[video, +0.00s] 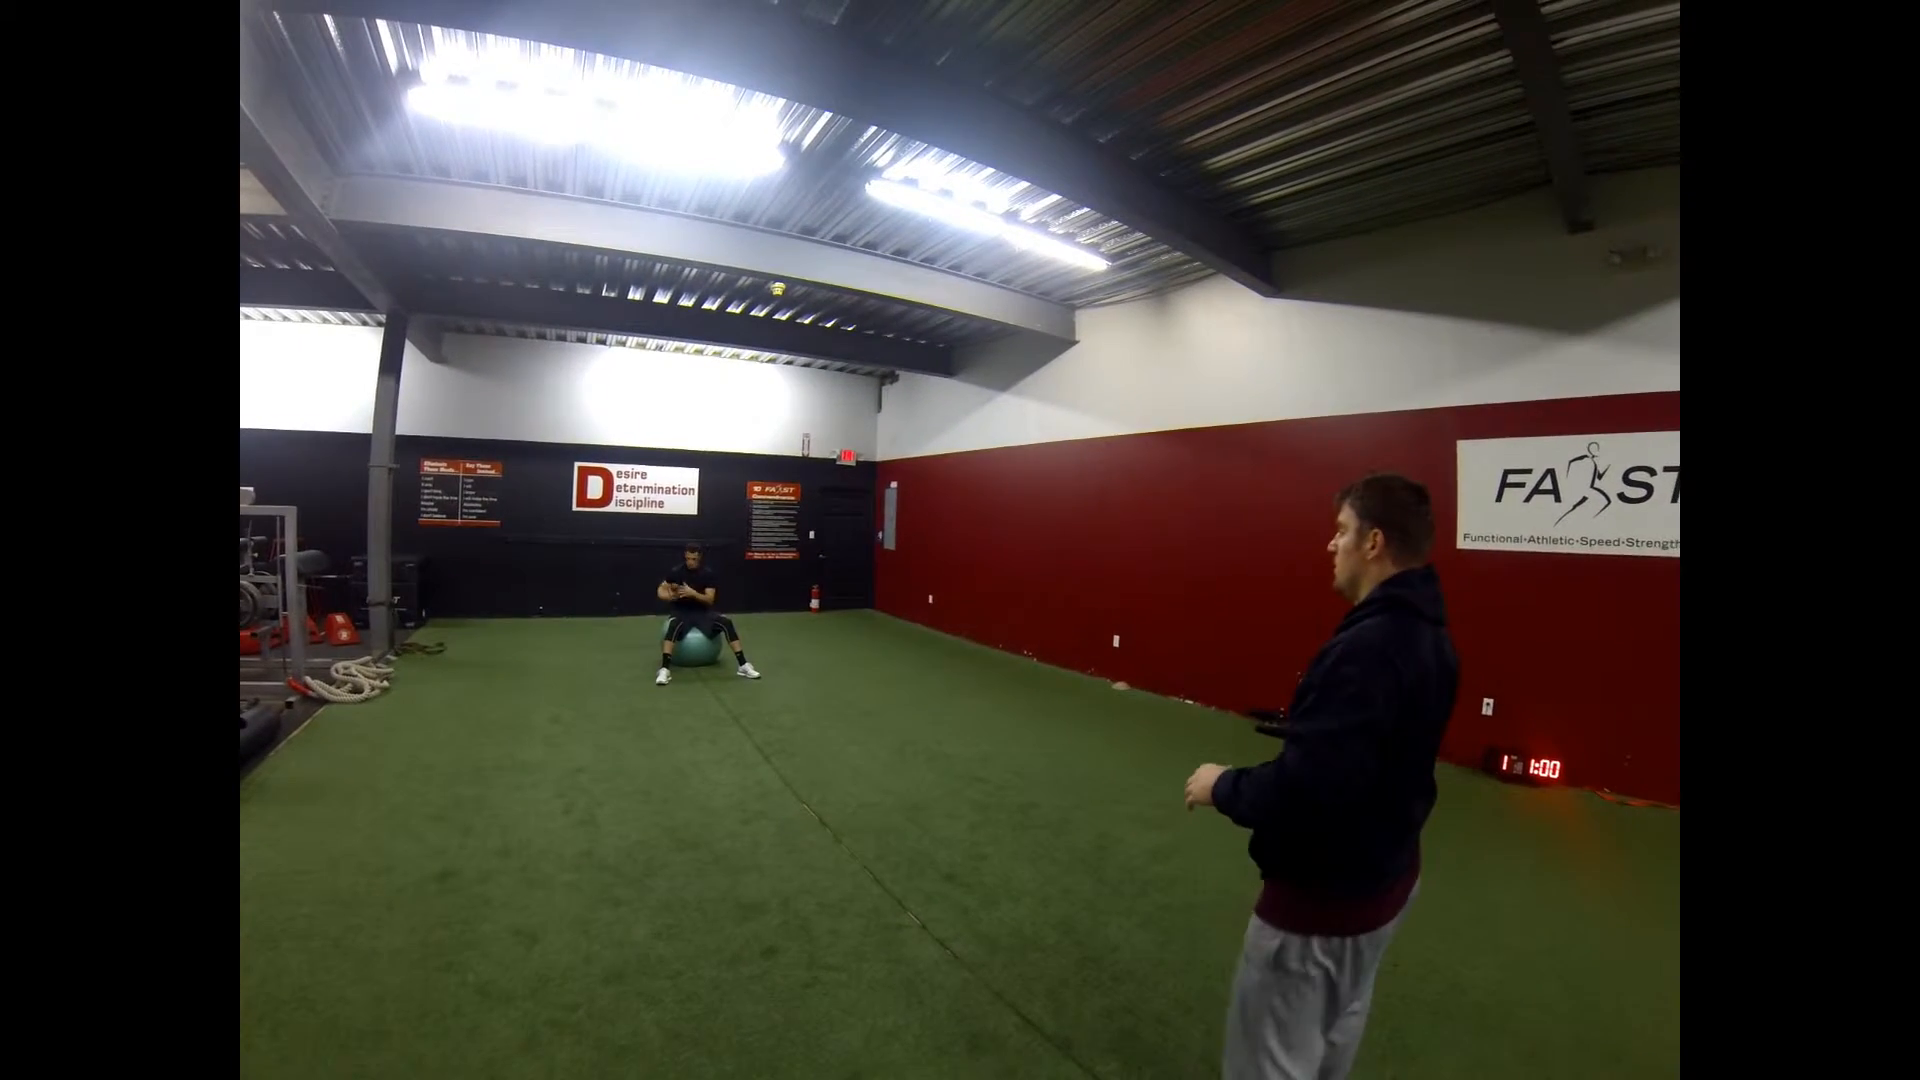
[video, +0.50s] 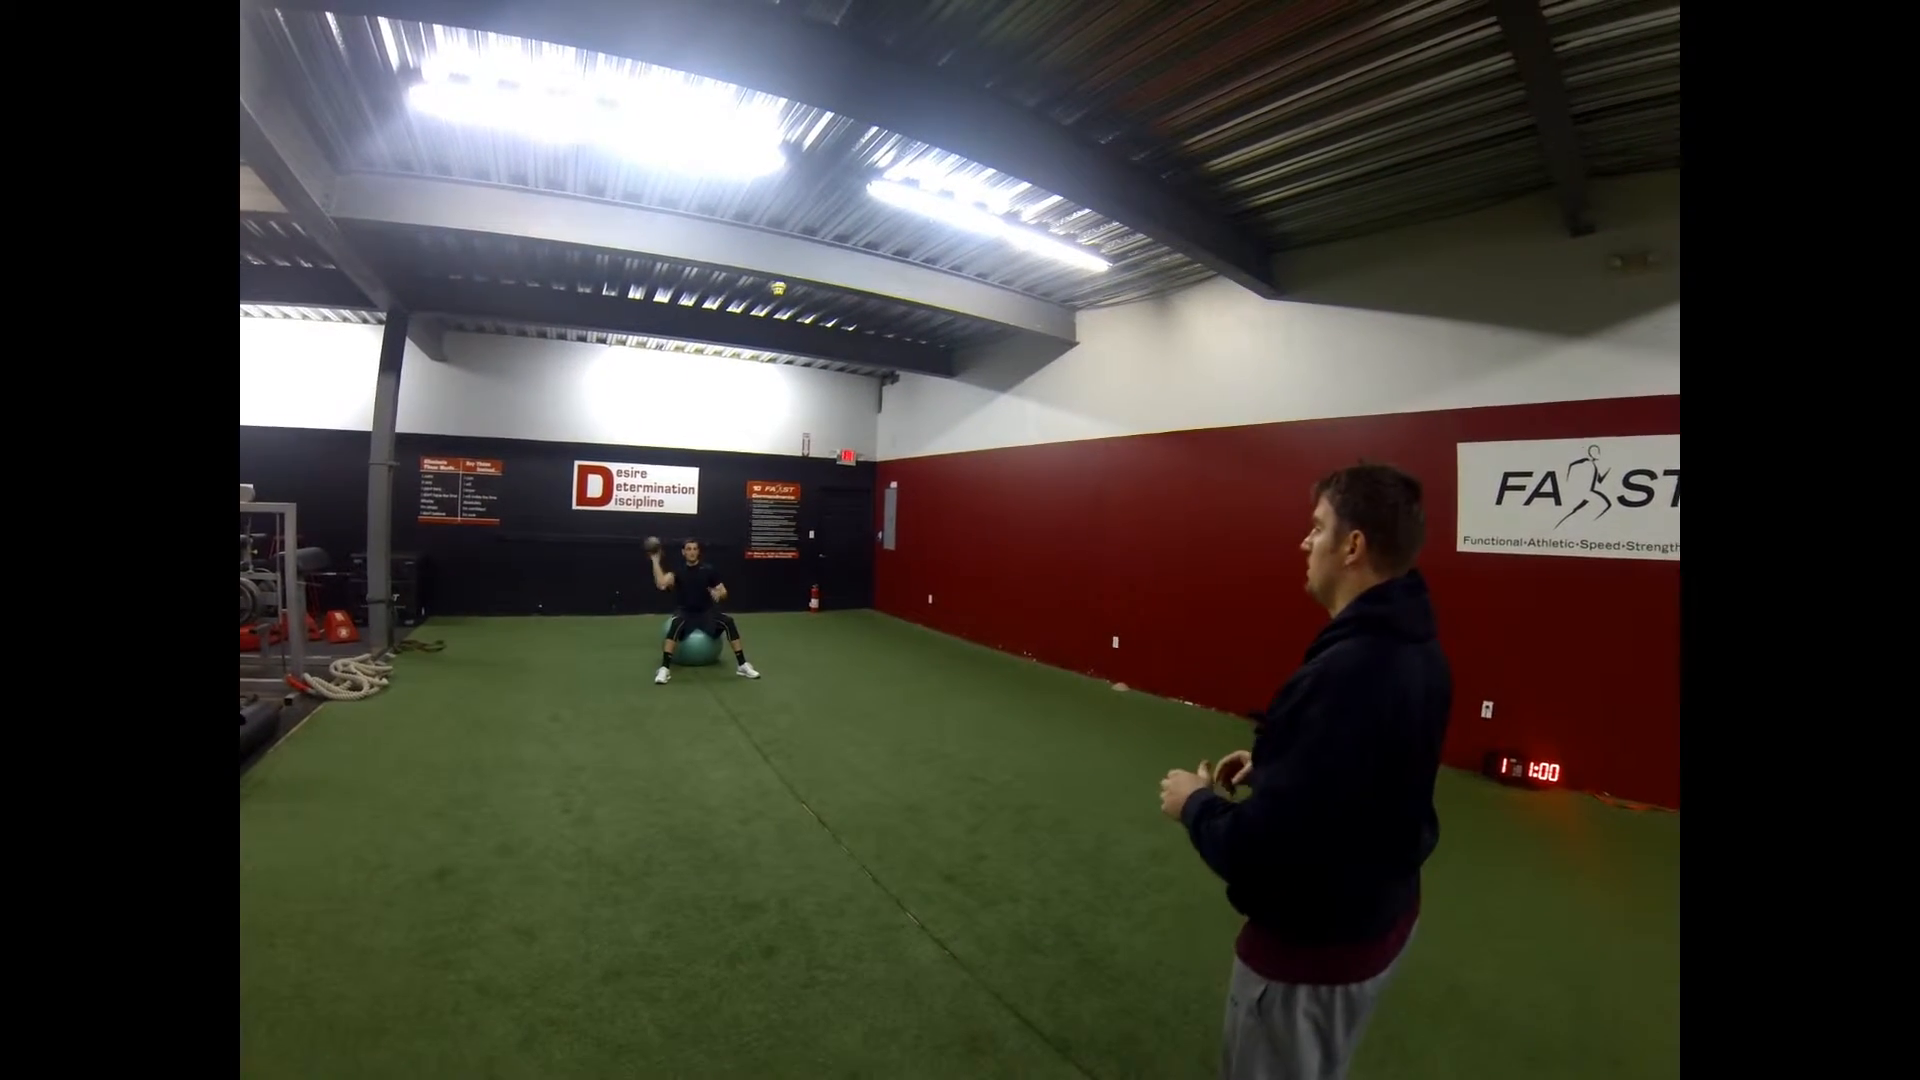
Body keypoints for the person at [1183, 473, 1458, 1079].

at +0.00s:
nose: (1331, 548)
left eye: (1340, 532)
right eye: (1334, 533)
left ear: (1374, 542)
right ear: (1388, 543)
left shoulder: (1366, 648)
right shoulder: (1425, 634)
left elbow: (1309, 784)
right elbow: (1392, 767)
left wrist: (1225, 786)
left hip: (1317, 898)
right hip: (1381, 884)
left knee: (1269, 1058)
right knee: (1333, 1039)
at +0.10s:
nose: (1331, 546)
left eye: (1342, 531)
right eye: (1335, 530)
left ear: (1376, 544)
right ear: (1389, 545)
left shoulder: (1366, 652)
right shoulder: (1423, 636)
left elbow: (1293, 794)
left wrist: (1218, 787)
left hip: (1314, 913)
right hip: (1373, 898)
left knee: (1272, 1066)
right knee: (1324, 1062)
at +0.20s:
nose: (1325, 544)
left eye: (1337, 528)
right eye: (1330, 528)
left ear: (1373, 544)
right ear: (1382, 545)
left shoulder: (1367, 655)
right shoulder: (1418, 638)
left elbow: (1288, 813)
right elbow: (1375, 771)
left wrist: (1212, 794)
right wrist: (1283, 773)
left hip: (1313, 928)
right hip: (1366, 910)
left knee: (1271, 1067)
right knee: (1322, 1062)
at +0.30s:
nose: (1320, 545)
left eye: (1332, 529)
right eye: (1325, 529)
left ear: (1369, 545)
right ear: (1379, 546)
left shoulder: (1363, 662)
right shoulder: (1418, 643)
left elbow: (1277, 831)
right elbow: (1375, 775)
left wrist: (1207, 800)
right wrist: (1282, 774)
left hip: (1310, 939)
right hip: (1367, 919)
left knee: (1270, 1068)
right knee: (1320, 1064)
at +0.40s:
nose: (1310, 544)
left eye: (1321, 528)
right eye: (1315, 528)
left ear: (1359, 545)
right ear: (1368, 545)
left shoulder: (1354, 665)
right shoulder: (1416, 645)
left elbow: (1276, 845)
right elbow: (1373, 782)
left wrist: (1202, 808)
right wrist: (1274, 773)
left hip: (1307, 953)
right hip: (1372, 928)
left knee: (1267, 1069)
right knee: (1317, 1065)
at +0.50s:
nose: (1304, 544)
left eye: (1316, 528)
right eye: (1310, 528)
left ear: (1353, 546)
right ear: (1363, 547)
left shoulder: (1347, 666)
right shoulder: (1414, 645)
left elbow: (1262, 847)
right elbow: (1368, 775)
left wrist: (1196, 806)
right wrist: (1268, 767)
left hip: (1306, 957)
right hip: (1373, 931)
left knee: (1266, 1069)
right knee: (1313, 1066)